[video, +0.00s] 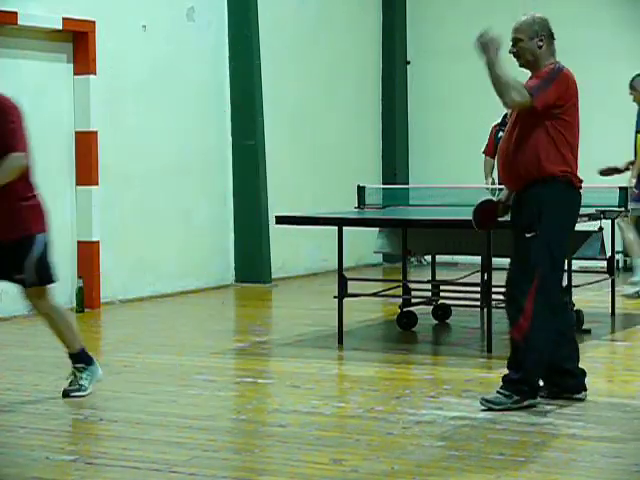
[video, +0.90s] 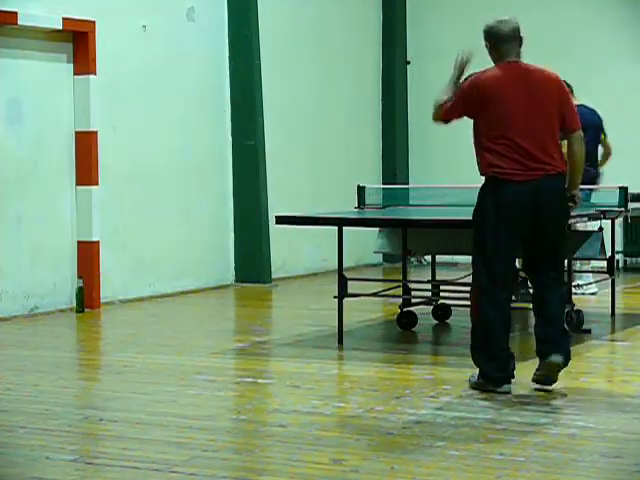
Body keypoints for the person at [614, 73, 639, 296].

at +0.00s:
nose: (632, 97)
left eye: (633, 92)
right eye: (631, 92)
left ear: (638, 91)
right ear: (634, 91)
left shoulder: (638, 114)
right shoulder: (637, 114)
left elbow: (637, 159)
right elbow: (637, 158)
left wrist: (633, 176)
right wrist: (620, 168)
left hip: (637, 184)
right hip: (636, 183)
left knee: (627, 221)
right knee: (627, 221)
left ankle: (637, 272)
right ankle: (635, 272)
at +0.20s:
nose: (611, 101)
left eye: (612, 97)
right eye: (610, 97)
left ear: (619, 94)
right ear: (625, 93)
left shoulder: (628, 114)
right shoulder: (629, 113)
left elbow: (634, 148)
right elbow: (626, 153)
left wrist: (623, 179)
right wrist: (604, 171)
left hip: (630, 183)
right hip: (628, 182)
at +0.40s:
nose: (587, 103)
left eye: (588, 98)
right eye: (587, 98)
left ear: (593, 96)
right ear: (605, 94)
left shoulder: (603, 117)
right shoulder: (623, 114)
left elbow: (608, 150)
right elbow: (626, 149)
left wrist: (603, 184)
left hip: (605, 183)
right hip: (622, 182)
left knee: (594, 228)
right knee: (621, 229)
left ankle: (589, 276)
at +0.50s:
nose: (578, 100)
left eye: (579, 96)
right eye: (579, 95)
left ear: (584, 95)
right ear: (597, 93)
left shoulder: (592, 115)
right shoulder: (617, 113)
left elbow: (593, 152)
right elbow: (624, 151)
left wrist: (585, 181)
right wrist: (624, 179)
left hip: (596, 183)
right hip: (615, 182)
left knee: (587, 226)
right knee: (609, 223)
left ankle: (586, 277)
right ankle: (631, 258)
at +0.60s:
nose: (572, 97)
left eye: (572, 93)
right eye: (573, 92)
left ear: (577, 93)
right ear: (590, 91)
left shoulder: (575, 114)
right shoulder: (608, 113)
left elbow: (568, 150)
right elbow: (626, 149)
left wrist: (566, 175)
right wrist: (630, 180)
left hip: (578, 182)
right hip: (603, 183)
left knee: (578, 228)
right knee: (597, 224)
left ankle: (584, 279)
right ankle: (616, 260)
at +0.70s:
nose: (566, 99)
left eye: (566, 95)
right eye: (567, 94)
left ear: (571, 93)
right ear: (583, 91)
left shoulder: (569, 114)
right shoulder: (603, 113)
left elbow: (565, 150)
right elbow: (624, 147)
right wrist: (628, 177)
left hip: (573, 181)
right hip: (597, 181)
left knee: (576, 228)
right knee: (589, 226)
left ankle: (585, 279)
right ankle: (595, 272)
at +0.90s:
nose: (561, 99)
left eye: (561, 94)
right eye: (563, 93)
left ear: (565, 93)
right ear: (573, 92)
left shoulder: (564, 116)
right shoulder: (593, 114)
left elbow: (563, 149)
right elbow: (608, 149)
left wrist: (564, 170)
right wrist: (598, 166)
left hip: (573, 175)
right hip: (591, 174)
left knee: (572, 224)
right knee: (587, 222)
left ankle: (582, 276)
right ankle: (585, 273)